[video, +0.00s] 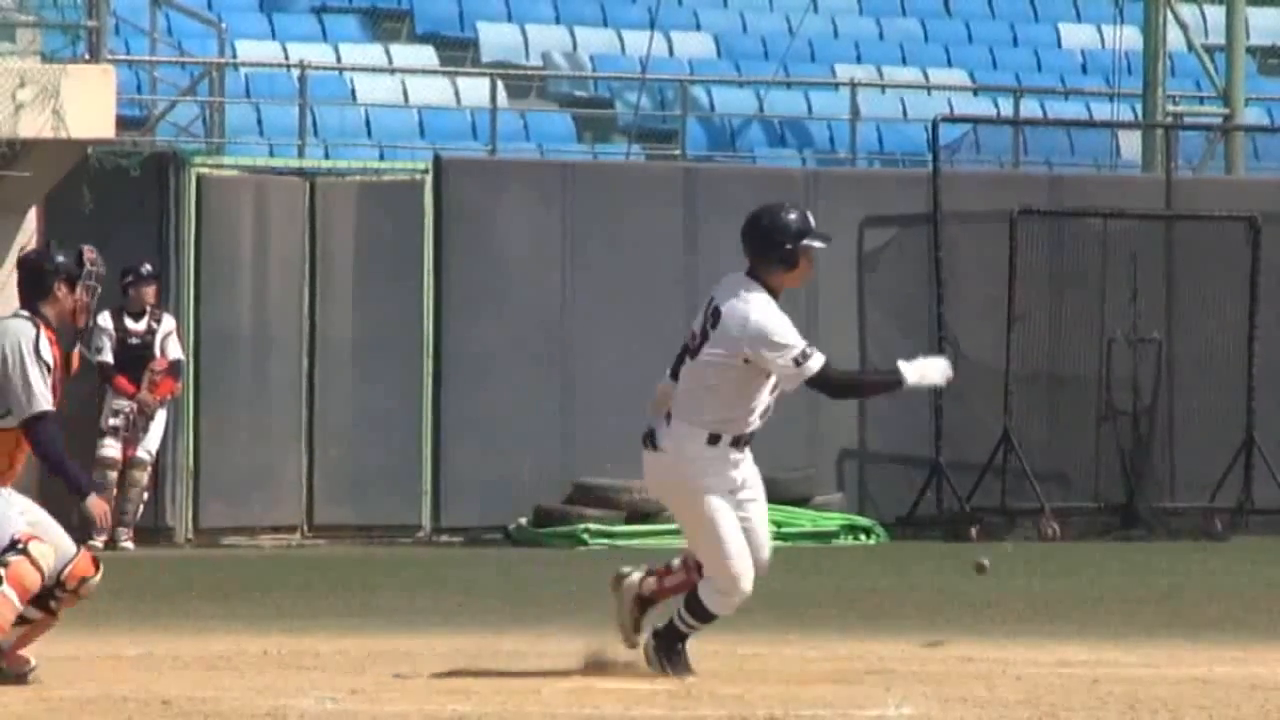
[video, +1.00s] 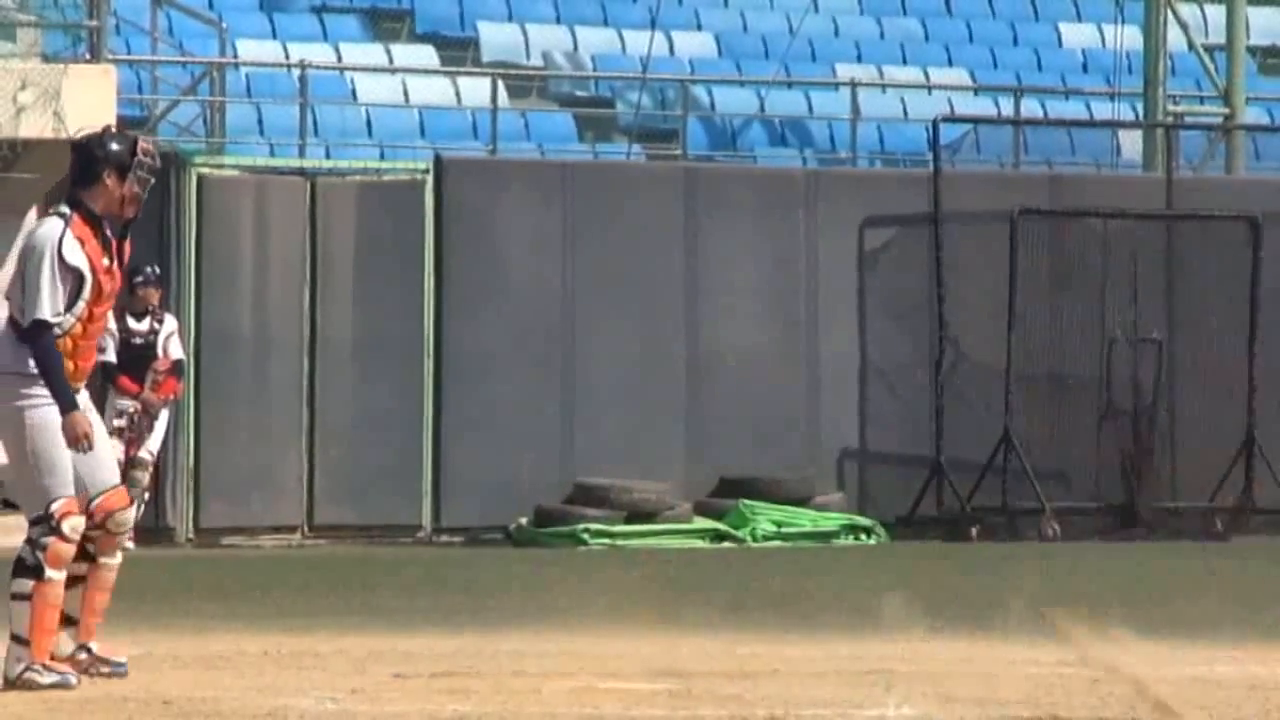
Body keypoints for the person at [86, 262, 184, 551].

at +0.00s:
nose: (152, 292)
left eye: (153, 286)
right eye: (146, 286)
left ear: (155, 290)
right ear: (130, 290)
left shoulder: (165, 323)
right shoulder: (107, 321)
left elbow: (175, 367)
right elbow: (105, 367)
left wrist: (158, 396)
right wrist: (136, 394)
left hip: (151, 400)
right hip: (118, 396)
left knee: (140, 463)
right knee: (108, 459)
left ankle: (125, 529)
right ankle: (100, 530)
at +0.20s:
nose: (154, 292)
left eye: (155, 286)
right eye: (147, 286)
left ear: (156, 290)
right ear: (131, 290)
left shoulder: (166, 323)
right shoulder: (110, 320)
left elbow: (177, 364)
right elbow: (106, 366)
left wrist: (161, 394)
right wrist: (138, 393)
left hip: (153, 399)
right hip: (120, 395)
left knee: (141, 460)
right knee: (109, 455)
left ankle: (126, 527)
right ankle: (103, 526)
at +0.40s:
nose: (154, 293)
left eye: (155, 287)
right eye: (147, 288)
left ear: (157, 291)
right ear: (131, 291)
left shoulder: (166, 323)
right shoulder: (109, 321)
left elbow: (177, 365)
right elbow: (107, 367)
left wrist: (162, 395)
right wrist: (140, 394)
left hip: (153, 399)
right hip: (120, 396)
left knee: (141, 462)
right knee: (111, 458)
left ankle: (125, 528)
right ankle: (101, 526)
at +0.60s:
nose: (153, 293)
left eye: (155, 287)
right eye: (146, 287)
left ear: (158, 291)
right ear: (132, 291)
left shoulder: (166, 323)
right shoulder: (108, 320)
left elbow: (176, 366)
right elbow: (106, 368)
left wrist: (161, 396)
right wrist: (140, 394)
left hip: (150, 401)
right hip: (115, 398)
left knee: (141, 460)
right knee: (108, 460)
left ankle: (126, 527)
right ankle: (103, 524)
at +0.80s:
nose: (154, 294)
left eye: (156, 287)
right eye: (148, 287)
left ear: (159, 291)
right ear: (133, 290)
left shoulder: (167, 323)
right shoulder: (110, 320)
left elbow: (176, 366)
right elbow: (106, 368)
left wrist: (162, 396)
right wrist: (141, 395)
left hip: (150, 402)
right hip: (115, 399)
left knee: (142, 458)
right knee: (110, 457)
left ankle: (125, 526)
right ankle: (102, 522)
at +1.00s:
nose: (153, 294)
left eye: (156, 288)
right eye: (147, 288)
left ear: (160, 292)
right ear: (134, 291)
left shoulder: (167, 323)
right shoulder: (113, 319)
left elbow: (176, 365)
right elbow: (108, 367)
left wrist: (162, 395)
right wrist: (141, 394)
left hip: (154, 399)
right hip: (121, 396)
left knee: (142, 462)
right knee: (115, 458)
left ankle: (127, 529)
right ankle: (109, 526)